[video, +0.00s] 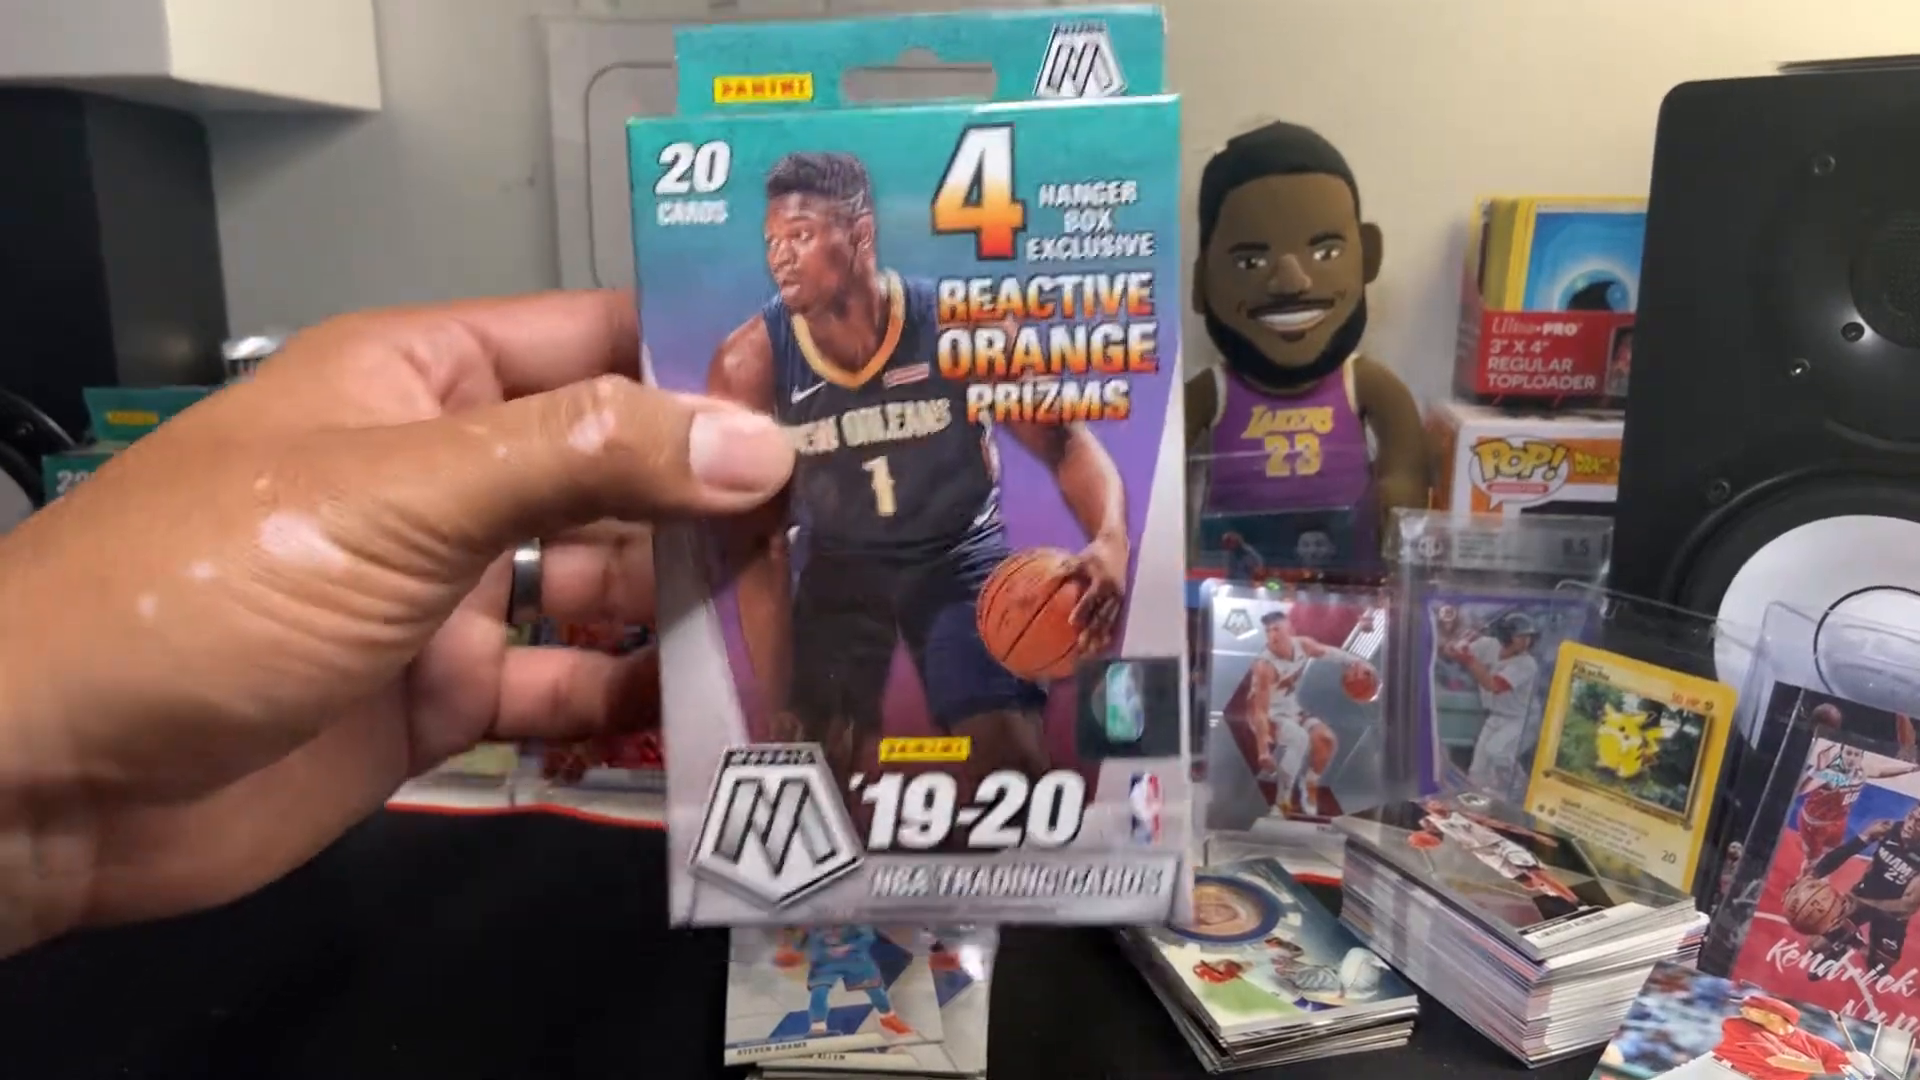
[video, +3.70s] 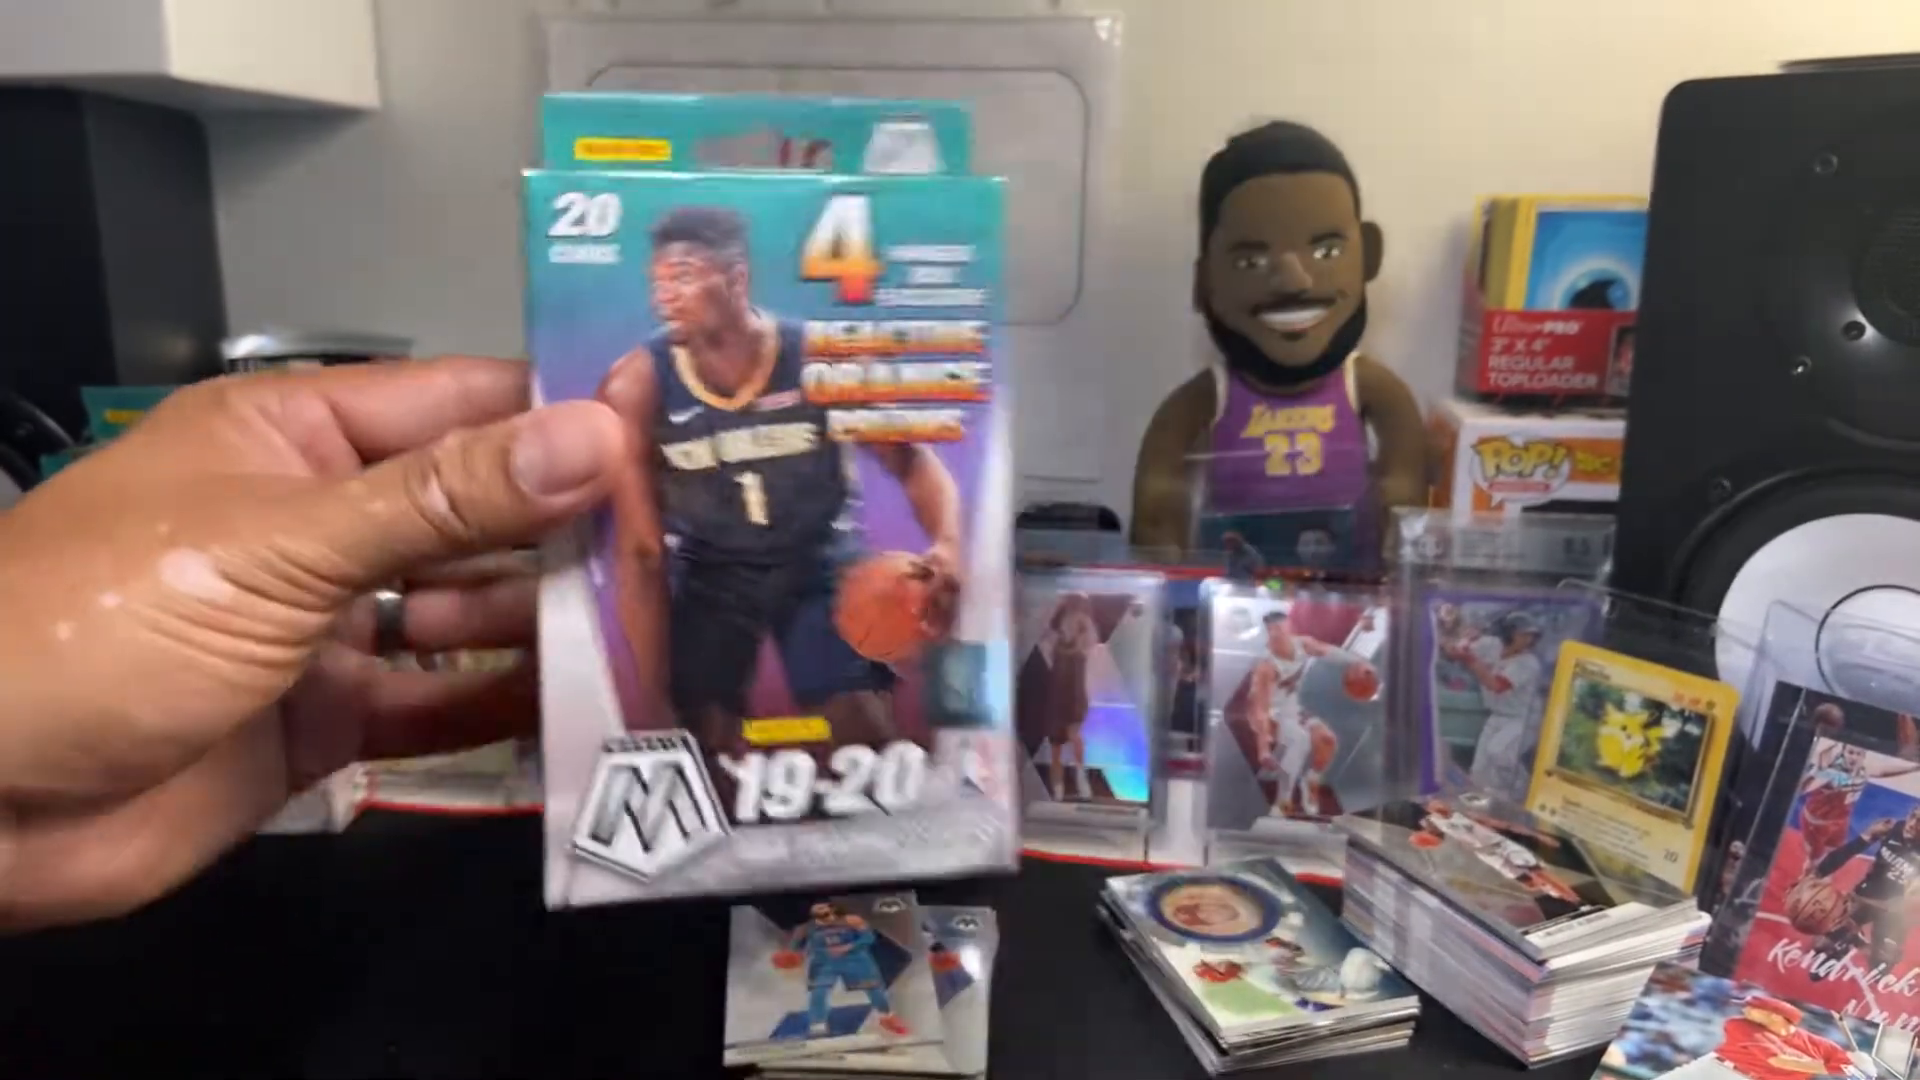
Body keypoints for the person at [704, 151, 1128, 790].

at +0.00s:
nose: (780, 258)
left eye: (800, 237)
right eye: (772, 242)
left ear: (862, 235)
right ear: (764, 248)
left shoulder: (957, 327)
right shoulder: (751, 361)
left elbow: (1063, 443)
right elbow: (756, 542)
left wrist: (1112, 539)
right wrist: (775, 708)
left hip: (960, 557)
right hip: (840, 568)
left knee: (1002, 750)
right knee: (825, 765)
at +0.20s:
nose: (821, 346)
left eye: (839, 322)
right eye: (811, 328)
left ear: (898, 322)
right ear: (803, 335)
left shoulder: (998, 413)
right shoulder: (788, 451)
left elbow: (1113, 532)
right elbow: (795, 642)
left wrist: (1163, 629)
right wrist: (815, 815)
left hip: (1004, 661)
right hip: (882, 671)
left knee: (1059, 851)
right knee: (867, 860)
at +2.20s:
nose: (750, 293)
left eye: (770, 273)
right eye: (743, 277)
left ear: (832, 273)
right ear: (735, 285)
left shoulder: (925, 362)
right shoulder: (716, 400)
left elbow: (1031, 477)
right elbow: (725, 586)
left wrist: (1076, 573)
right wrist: (739, 752)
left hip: (931, 595)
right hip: (804, 606)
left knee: (970, 786)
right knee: (783, 799)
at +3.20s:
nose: (759, 313)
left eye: (782, 289)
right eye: (751, 293)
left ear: (850, 286)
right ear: (743, 301)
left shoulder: (956, 386)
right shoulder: (723, 431)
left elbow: (1078, 513)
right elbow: (735, 642)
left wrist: (1135, 621)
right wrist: (751, 838)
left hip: (964, 649)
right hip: (822, 661)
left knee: (1021, 882)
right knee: (794, 887)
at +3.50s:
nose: (828, 306)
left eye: (854, 282)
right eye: (819, 283)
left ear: (922, 290)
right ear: (806, 292)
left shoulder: (1028, 406)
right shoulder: (780, 427)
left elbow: (1157, 557)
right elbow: (767, 655)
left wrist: (1202, 680)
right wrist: (767, 858)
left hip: (1008, 695)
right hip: (865, 698)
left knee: (1054, 907)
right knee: (837, 913)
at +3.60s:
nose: (720, 282)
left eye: (742, 260)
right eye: (715, 263)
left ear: (803, 263)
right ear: (708, 272)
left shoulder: (893, 358)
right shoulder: (686, 385)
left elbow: (1002, 473)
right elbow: (686, 580)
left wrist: (1042, 577)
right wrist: (690, 761)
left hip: (886, 600)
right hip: (768, 607)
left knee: (926, 769)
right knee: (757, 787)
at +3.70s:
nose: (666, 296)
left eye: (684, 277)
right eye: (660, 281)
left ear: (738, 280)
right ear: (653, 288)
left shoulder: (819, 360)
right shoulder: (637, 386)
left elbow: (912, 461)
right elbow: (640, 553)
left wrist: (948, 544)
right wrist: (653, 702)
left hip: (819, 564)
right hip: (714, 572)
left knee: (859, 717)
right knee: (704, 733)